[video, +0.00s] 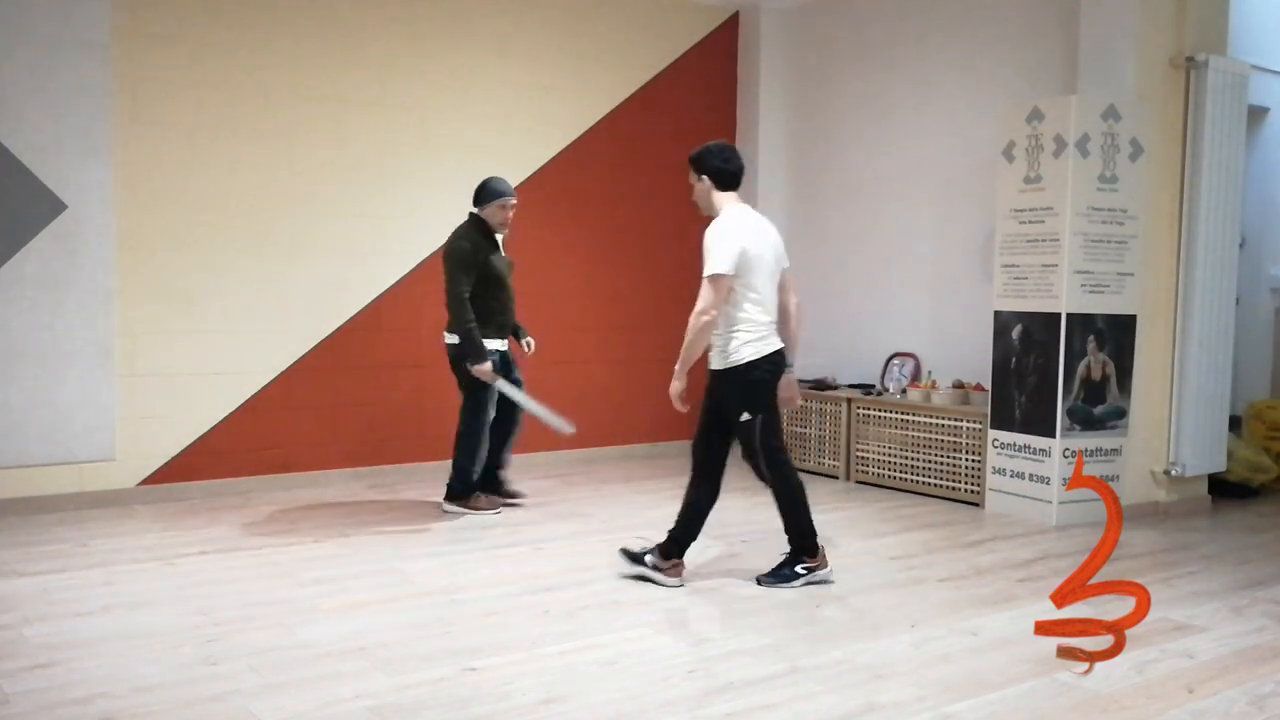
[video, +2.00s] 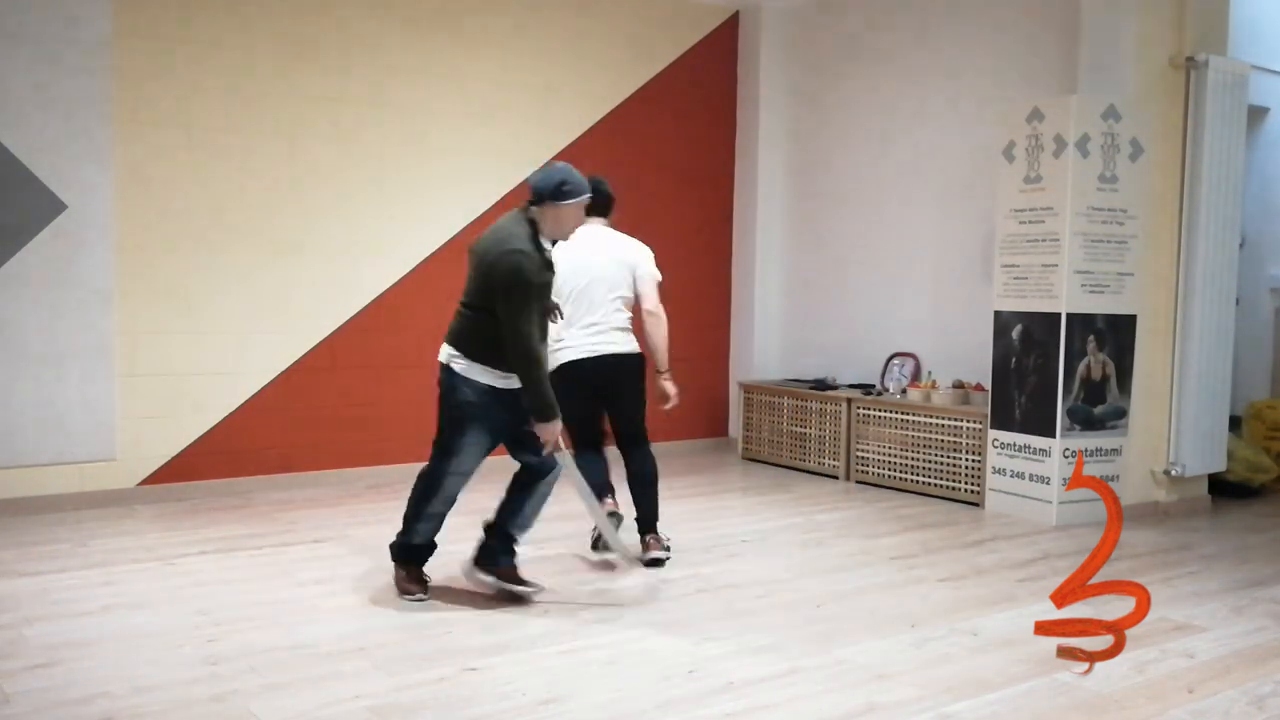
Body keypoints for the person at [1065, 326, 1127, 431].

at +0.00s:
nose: (1087, 346)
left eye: (1091, 342)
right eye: (1088, 342)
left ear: (1098, 345)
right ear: (1088, 345)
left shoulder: (1108, 364)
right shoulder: (1084, 364)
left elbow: (1113, 389)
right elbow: (1076, 390)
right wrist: (1070, 408)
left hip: (1103, 406)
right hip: (1086, 406)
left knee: (1121, 411)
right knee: (1071, 410)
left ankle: (1086, 425)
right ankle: (1101, 425)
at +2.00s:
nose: (1087, 345)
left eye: (1091, 342)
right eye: (1088, 342)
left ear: (1099, 344)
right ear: (1088, 345)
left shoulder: (1108, 364)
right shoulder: (1083, 365)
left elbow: (1113, 388)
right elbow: (1076, 390)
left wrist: (1115, 406)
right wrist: (1070, 408)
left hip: (1102, 405)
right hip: (1086, 405)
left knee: (1121, 411)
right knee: (1071, 410)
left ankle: (1086, 425)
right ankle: (1101, 425)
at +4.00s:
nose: (1088, 345)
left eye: (1091, 342)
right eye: (1088, 342)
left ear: (1098, 344)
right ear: (1087, 344)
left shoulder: (1108, 364)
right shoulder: (1084, 364)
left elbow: (1114, 392)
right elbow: (1076, 391)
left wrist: (1107, 407)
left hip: (1102, 406)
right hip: (1086, 406)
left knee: (1121, 411)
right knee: (1071, 410)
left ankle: (1086, 425)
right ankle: (1099, 425)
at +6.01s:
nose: (1088, 345)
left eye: (1091, 342)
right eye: (1088, 342)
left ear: (1098, 344)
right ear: (1087, 344)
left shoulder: (1108, 364)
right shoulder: (1084, 365)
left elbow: (1114, 391)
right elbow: (1076, 390)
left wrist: (1108, 407)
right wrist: (1070, 409)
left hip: (1103, 406)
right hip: (1086, 406)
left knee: (1121, 411)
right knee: (1071, 410)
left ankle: (1085, 425)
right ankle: (1100, 425)